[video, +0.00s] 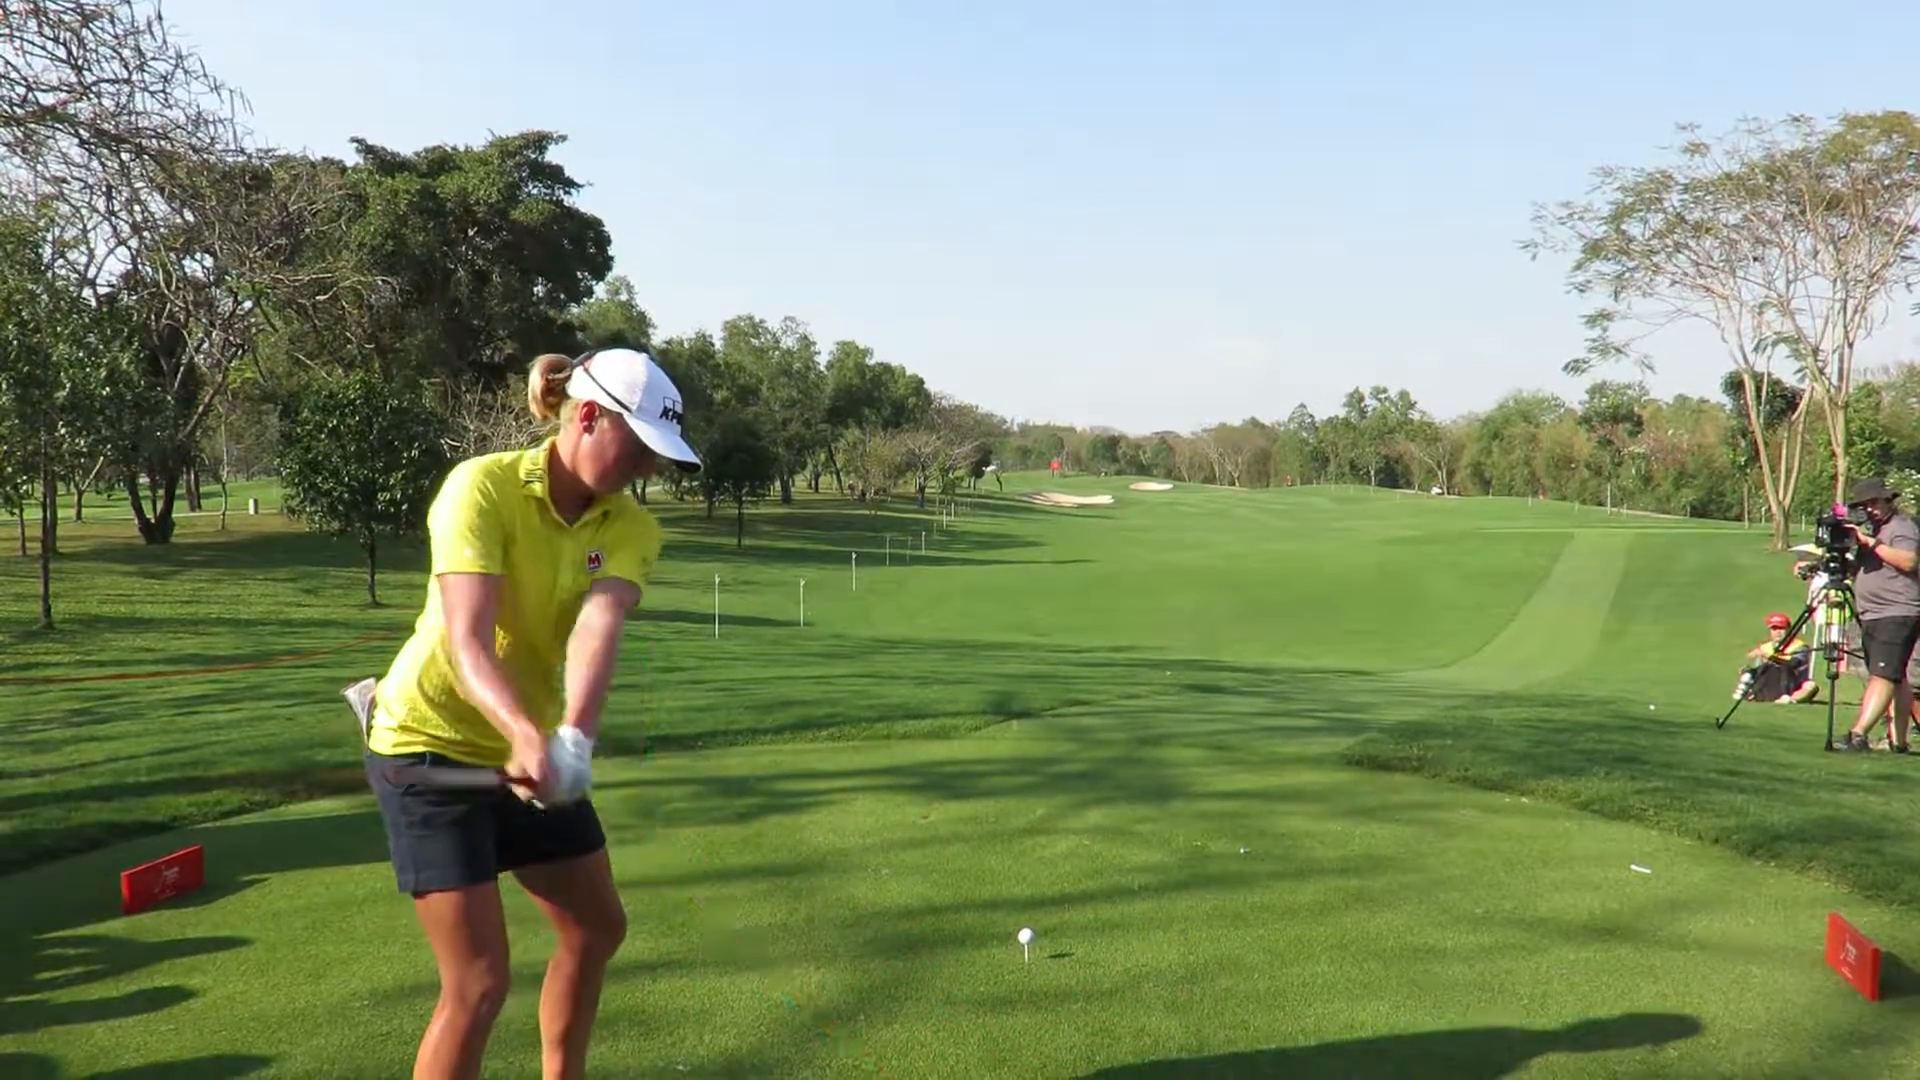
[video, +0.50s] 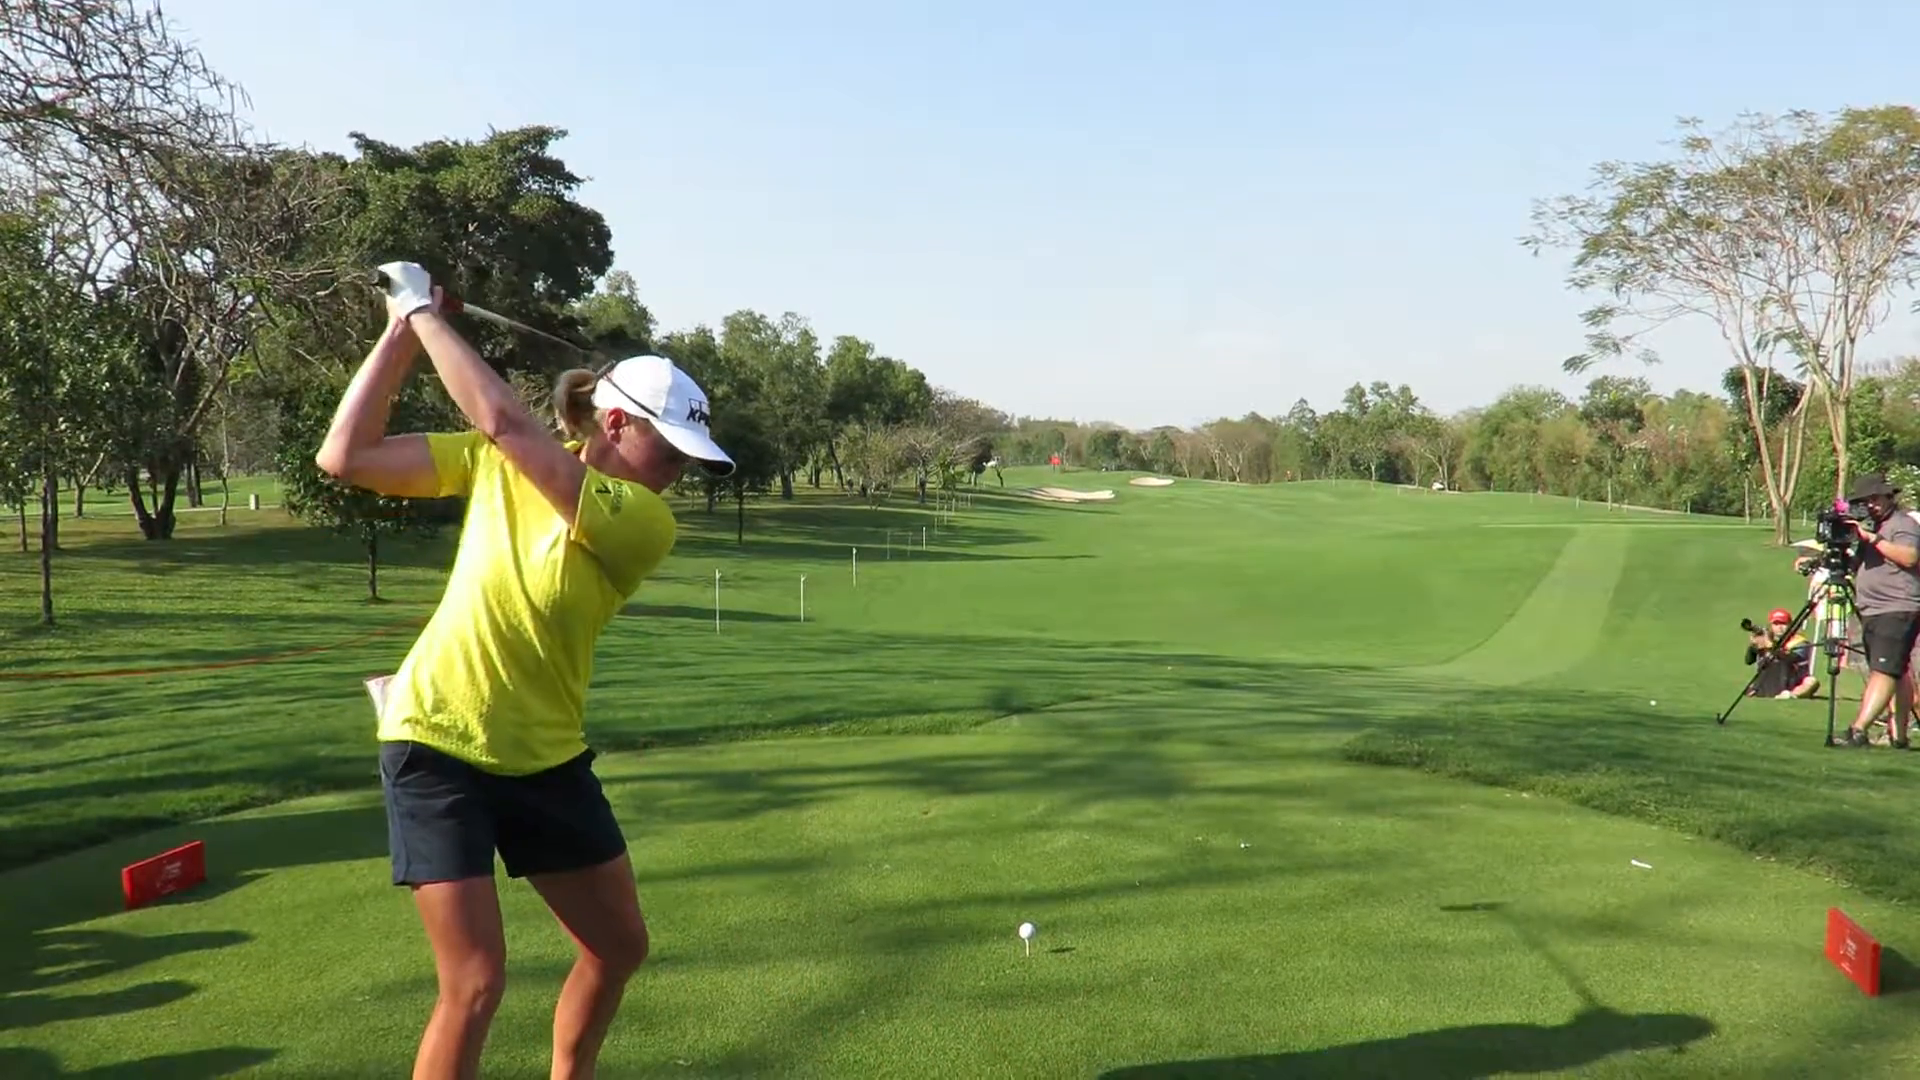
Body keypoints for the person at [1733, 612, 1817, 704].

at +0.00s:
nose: (1777, 632)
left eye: (1781, 629)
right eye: (1774, 629)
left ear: (1788, 630)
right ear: (1769, 631)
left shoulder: (1799, 647)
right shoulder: (1765, 647)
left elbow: (1794, 663)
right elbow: (1750, 657)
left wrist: (1771, 657)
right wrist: (1759, 655)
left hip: (1788, 680)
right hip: (1766, 677)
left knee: (1812, 686)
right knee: (1747, 672)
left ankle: (1791, 699)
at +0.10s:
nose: (1778, 631)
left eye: (1782, 627)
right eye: (1774, 628)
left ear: (1789, 629)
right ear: (1770, 630)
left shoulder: (1800, 646)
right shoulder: (1766, 646)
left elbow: (1794, 662)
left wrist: (1771, 656)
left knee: (1812, 684)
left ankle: (1791, 699)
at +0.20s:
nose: (1778, 631)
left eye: (1782, 627)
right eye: (1775, 627)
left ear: (1789, 629)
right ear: (1770, 630)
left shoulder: (1799, 645)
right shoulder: (1764, 646)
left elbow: (1794, 661)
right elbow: (1754, 672)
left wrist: (1774, 656)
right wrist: (1762, 657)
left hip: (1789, 686)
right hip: (1766, 685)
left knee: (1812, 684)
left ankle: (1790, 698)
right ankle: (1732, 667)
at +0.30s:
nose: (1778, 629)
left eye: (1781, 625)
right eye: (1774, 625)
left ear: (1789, 626)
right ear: (1770, 627)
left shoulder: (1800, 643)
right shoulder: (1765, 643)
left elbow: (1794, 660)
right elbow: (1752, 668)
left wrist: (1771, 654)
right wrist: (1755, 654)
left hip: (1791, 682)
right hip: (1769, 680)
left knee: (1812, 682)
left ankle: (1792, 696)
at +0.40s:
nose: (1779, 629)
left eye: (1783, 625)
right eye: (1775, 625)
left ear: (1789, 626)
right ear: (1771, 627)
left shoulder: (1800, 643)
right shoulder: (1766, 641)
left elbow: (1793, 659)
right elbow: (1750, 664)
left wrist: (1768, 649)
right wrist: (1752, 649)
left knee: (1812, 682)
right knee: (1749, 691)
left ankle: (1792, 695)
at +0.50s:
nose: (1779, 627)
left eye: (1783, 624)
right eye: (1776, 624)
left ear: (1789, 625)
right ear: (1770, 625)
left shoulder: (1799, 642)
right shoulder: (1766, 639)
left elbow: (1795, 658)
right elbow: (1749, 661)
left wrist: (1771, 647)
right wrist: (1753, 645)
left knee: (1812, 681)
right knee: (1749, 690)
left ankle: (1792, 694)